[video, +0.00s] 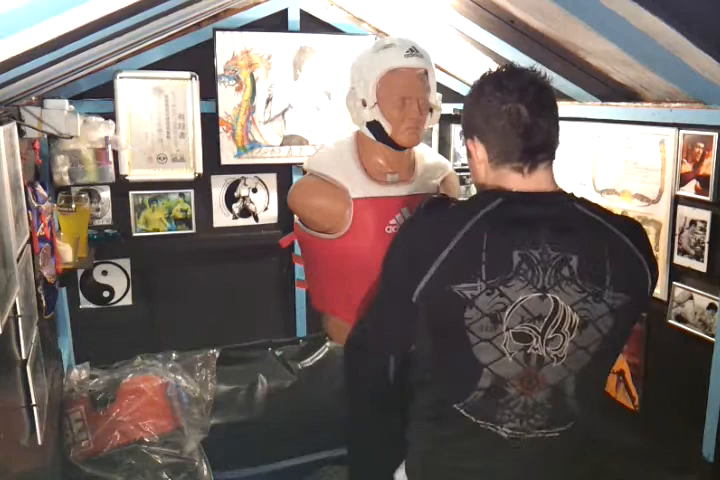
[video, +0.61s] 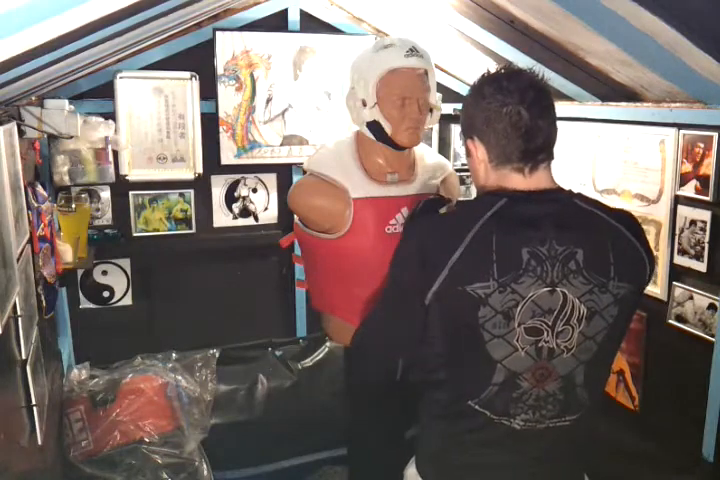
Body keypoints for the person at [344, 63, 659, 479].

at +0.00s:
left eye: (465, 143)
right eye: (400, 104)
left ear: (476, 153)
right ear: (553, 142)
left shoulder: (435, 232)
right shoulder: (626, 243)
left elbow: (369, 355)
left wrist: (376, 465)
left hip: (451, 457)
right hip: (568, 459)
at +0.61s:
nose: (466, 159)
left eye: (465, 148)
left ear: (476, 154)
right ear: (551, 143)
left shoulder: (440, 235)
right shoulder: (624, 238)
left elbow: (372, 359)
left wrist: (378, 467)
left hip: (455, 461)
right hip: (566, 463)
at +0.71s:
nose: (467, 158)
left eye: (465, 146)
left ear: (477, 153)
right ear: (551, 142)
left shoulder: (437, 237)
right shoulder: (624, 236)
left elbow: (372, 345)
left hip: (458, 461)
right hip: (567, 462)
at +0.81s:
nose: (468, 158)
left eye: (466, 146)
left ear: (477, 152)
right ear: (556, 141)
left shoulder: (443, 234)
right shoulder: (618, 229)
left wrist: (421, 188)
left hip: (463, 459)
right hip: (567, 458)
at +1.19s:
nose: (451, 171)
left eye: (453, 161)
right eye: (451, 162)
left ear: (466, 172)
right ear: (536, 160)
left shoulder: (460, 262)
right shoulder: (579, 236)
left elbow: (397, 319)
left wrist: (429, 217)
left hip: (472, 447)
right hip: (554, 440)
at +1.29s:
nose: (457, 165)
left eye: (460, 155)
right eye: (459, 155)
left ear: (471, 165)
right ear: (539, 163)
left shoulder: (456, 271)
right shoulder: (579, 242)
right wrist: (466, 240)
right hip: (545, 452)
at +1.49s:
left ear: (505, 82)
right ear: (580, 90)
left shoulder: (459, 145)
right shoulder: (590, 177)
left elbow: (415, 105)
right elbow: (651, 209)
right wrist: (594, 131)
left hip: (439, 379)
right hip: (531, 396)